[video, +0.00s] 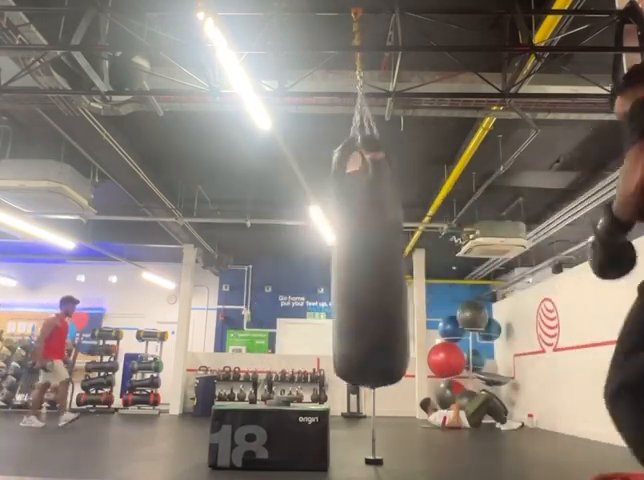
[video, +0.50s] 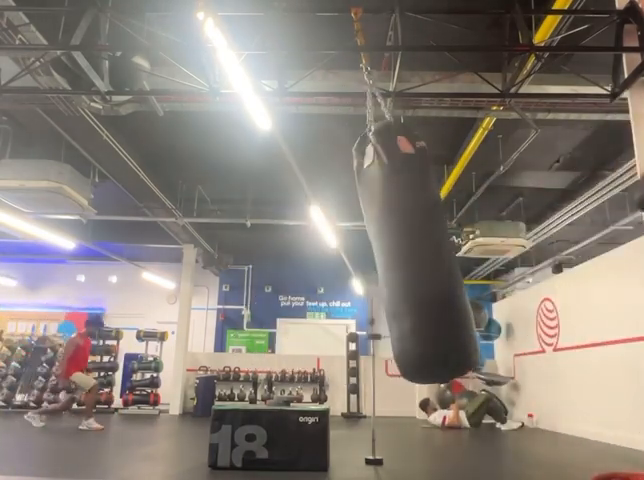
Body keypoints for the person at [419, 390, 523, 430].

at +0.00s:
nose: (435, 404)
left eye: (433, 403)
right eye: (432, 403)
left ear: (427, 408)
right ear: (429, 407)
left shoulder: (436, 414)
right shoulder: (435, 418)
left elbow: (452, 418)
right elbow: (455, 423)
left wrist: (455, 407)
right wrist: (455, 407)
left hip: (466, 414)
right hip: (468, 419)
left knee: (485, 395)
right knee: (486, 397)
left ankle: (503, 418)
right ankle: (503, 422)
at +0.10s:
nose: (435, 404)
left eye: (433, 402)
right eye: (432, 403)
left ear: (427, 408)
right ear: (429, 406)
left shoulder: (437, 414)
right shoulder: (434, 418)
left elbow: (452, 418)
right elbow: (455, 423)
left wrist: (456, 406)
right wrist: (454, 406)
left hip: (467, 414)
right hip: (468, 419)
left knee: (485, 394)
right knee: (486, 398)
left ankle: (504, 418)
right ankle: (503, 422)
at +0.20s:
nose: (435, 404)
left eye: (433, 403)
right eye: (432, 403)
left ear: (427, 408)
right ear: (429, 406)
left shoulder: (437, 414)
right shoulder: (434, 418)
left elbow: (452, 418)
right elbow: (455, 423)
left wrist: (456, 407)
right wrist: (455, 407)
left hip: (467, 414)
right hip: (468, 419)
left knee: (485, 394)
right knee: (486, 398)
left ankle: (504, 418)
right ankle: (503, 422)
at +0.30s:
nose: (434, 404)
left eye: (433, 403)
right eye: (432, 403)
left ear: (427, 408)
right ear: (429, 406)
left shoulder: (436, 414)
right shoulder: (435, 418)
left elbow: (452, 418)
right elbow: (455, 422)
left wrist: (456, 407)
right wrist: (454, 407)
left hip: (466, 414)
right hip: (468, 419)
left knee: (485, 395)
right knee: (486, 398)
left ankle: (503, 418)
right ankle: (503, 422)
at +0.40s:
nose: (434, 405)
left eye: (433, 403)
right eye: (432, 404)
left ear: (427, 408)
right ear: (429, 407)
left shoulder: (436, 414)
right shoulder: (435, 418)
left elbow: (452, 418)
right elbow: (455, 422)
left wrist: (456, 407)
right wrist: (454, 407)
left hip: (466, 414)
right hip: (468, 419)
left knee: (485, 395)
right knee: (486, 397)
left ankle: (502, 419)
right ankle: (504, 422)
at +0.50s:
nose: (434, 405)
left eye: (433, 404)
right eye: (432, 404)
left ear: (426, 409)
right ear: (428, 407)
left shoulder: (436, 414)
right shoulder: (435, 418)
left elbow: (452, 418)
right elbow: (455, 422)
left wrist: (455, 407)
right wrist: (454, 407)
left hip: (466, 414)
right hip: (468, 419)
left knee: (485, 395)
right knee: (486, 397)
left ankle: (502, 419)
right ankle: (503, 422)